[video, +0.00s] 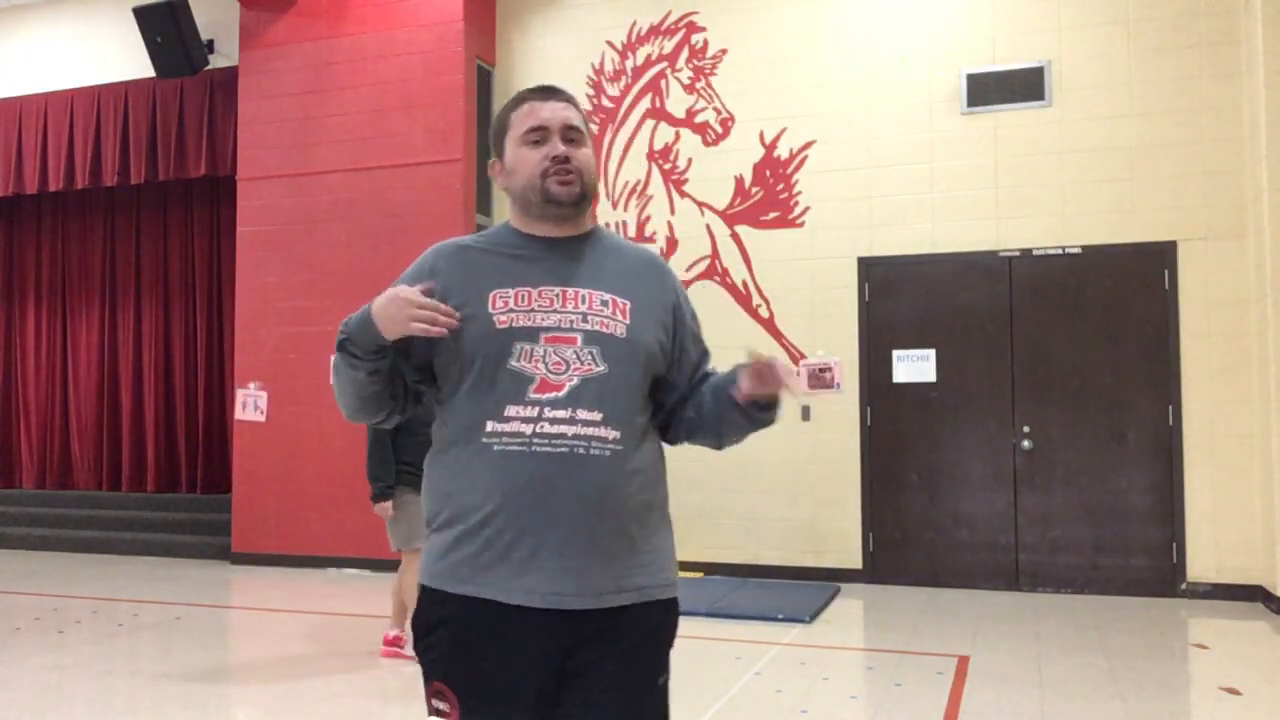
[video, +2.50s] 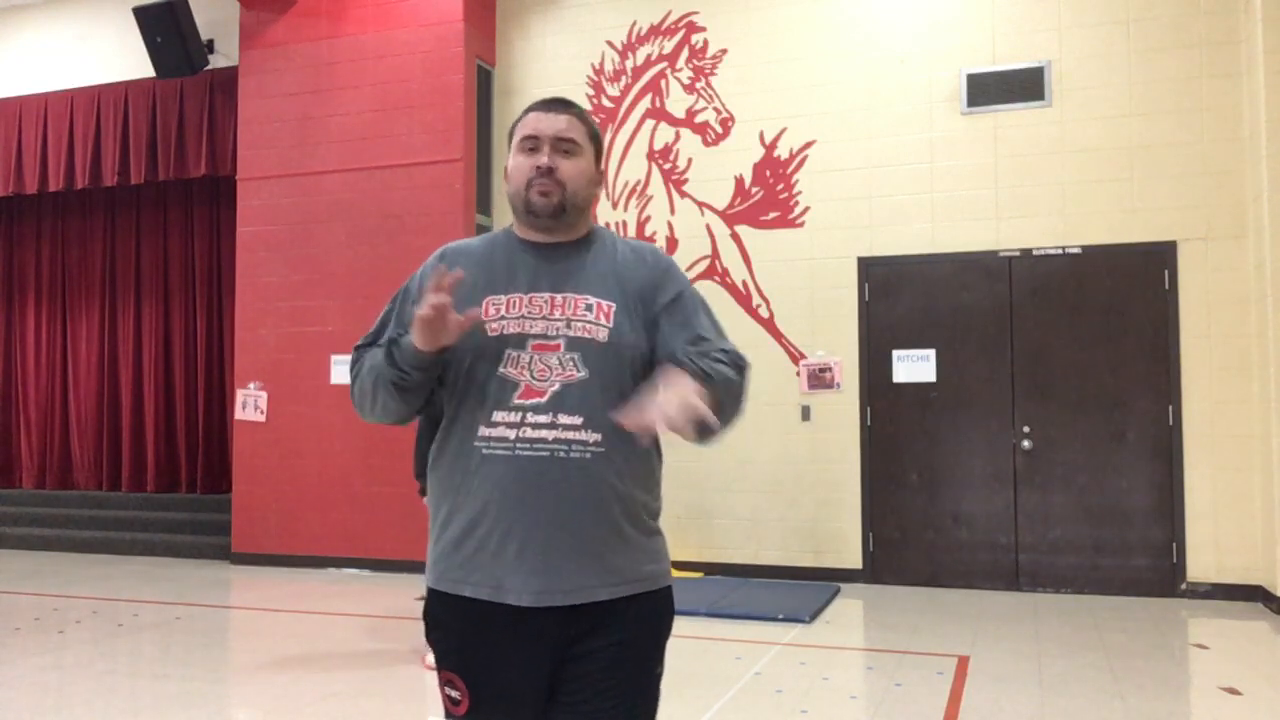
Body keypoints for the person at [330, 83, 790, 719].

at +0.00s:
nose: (560, 149)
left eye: (574, 136)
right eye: (536, 138)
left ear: (596, 160)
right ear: (499, 169)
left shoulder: (649, 276)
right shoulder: (449, 269)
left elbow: (680, 407)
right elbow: (367, 406)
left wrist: (739, 393)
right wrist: (370, 331)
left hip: (625, 600)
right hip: (480, 598)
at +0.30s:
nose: (530, 170)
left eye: (543, 156)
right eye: (507, 158)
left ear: (562, 174)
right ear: (473, 189)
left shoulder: (623, 279)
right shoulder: (432, 283)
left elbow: (693, 411)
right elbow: (364, 414)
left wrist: (652, 359)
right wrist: (428, 360)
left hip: (592, 590)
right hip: (456, 590)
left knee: (581, 710)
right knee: (464, 710)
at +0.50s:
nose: (516, 175)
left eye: (529, 161)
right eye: (494, 165)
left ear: (553, 181)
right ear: (465, 195)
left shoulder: (613, 273)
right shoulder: (427, 287)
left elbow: (671, 383)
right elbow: (360, 404)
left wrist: (576, 324)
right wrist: (419, 393)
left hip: (583, 581)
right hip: (449, 582)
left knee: (568, 711)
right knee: (456, 713)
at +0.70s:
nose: (503, 182)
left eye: (520, 169)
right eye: (485, 171)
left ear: (548, 186)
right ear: (463, 195)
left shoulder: (601, 271)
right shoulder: (424, 289)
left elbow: (629, 372)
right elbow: (366, 403)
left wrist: (510, 335)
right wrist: (437, 394)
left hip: (573, 573)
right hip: (442, 574)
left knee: (562, 711)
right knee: (450, 714)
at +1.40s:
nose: (520, 182)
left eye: (533, 172)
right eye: (500, 170)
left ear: (549, 193)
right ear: (464, 194)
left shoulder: (598, 280)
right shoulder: (415, 292)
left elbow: (666, 374)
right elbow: (342, 399)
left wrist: (573, 373)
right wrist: (419, 395)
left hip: (577, 580)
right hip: (446, 582)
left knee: (568, 711)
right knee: (452, 714)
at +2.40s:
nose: (545, 169)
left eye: (565, 157)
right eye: (529, 155)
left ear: (594, 181)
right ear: (503, 179)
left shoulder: (637, 273)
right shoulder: (449, 273)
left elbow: (694, 383)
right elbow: (373, 395)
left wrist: (623, 351)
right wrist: (435, 358)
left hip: (608, 590)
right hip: (472, 589)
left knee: (600, 709)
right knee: (481, 710)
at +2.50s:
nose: (545, 161)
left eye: (566, 149)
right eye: (529, 147)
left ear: (597, 177)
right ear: (507, 170)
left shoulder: (647, 271)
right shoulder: (451, 269)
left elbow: (719, 369)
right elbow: (372, 397)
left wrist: (683, 389)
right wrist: (419, 351)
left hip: (617, 590)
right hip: (478, 590)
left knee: (610, 710)